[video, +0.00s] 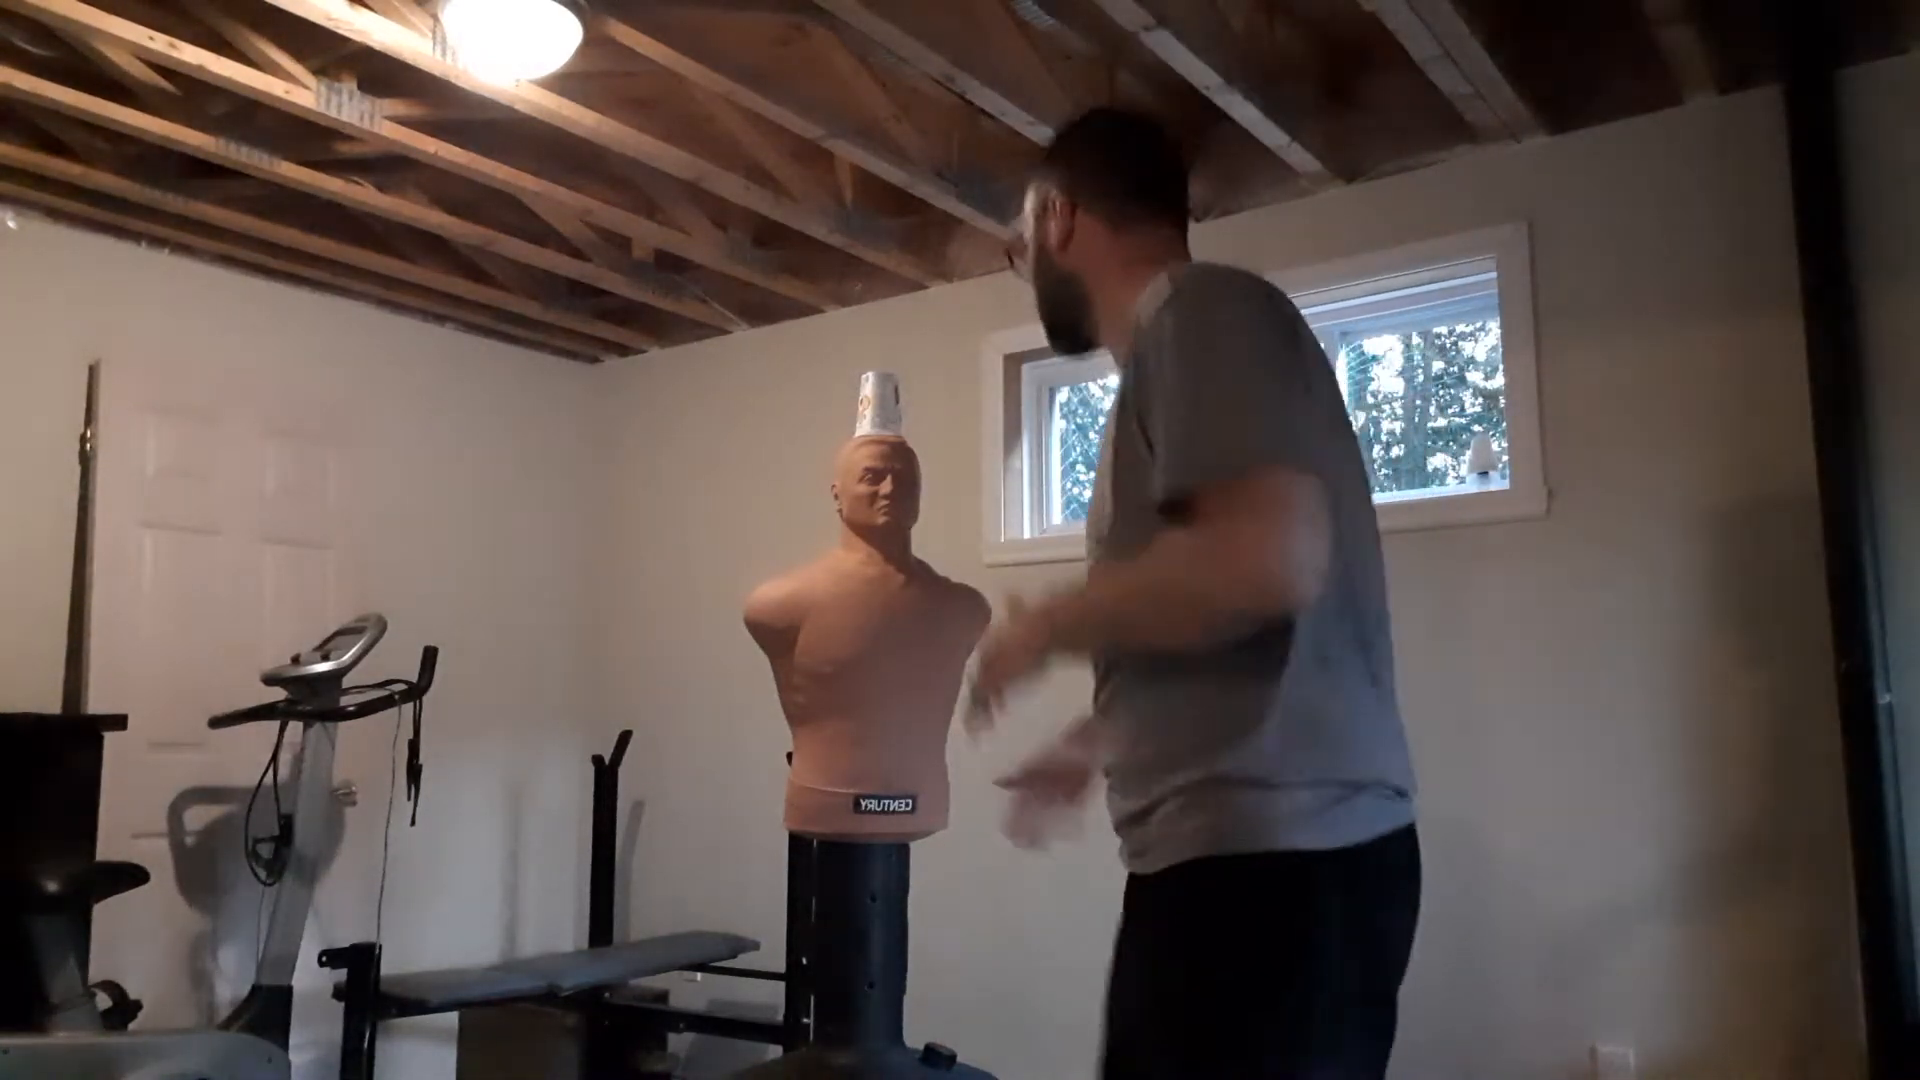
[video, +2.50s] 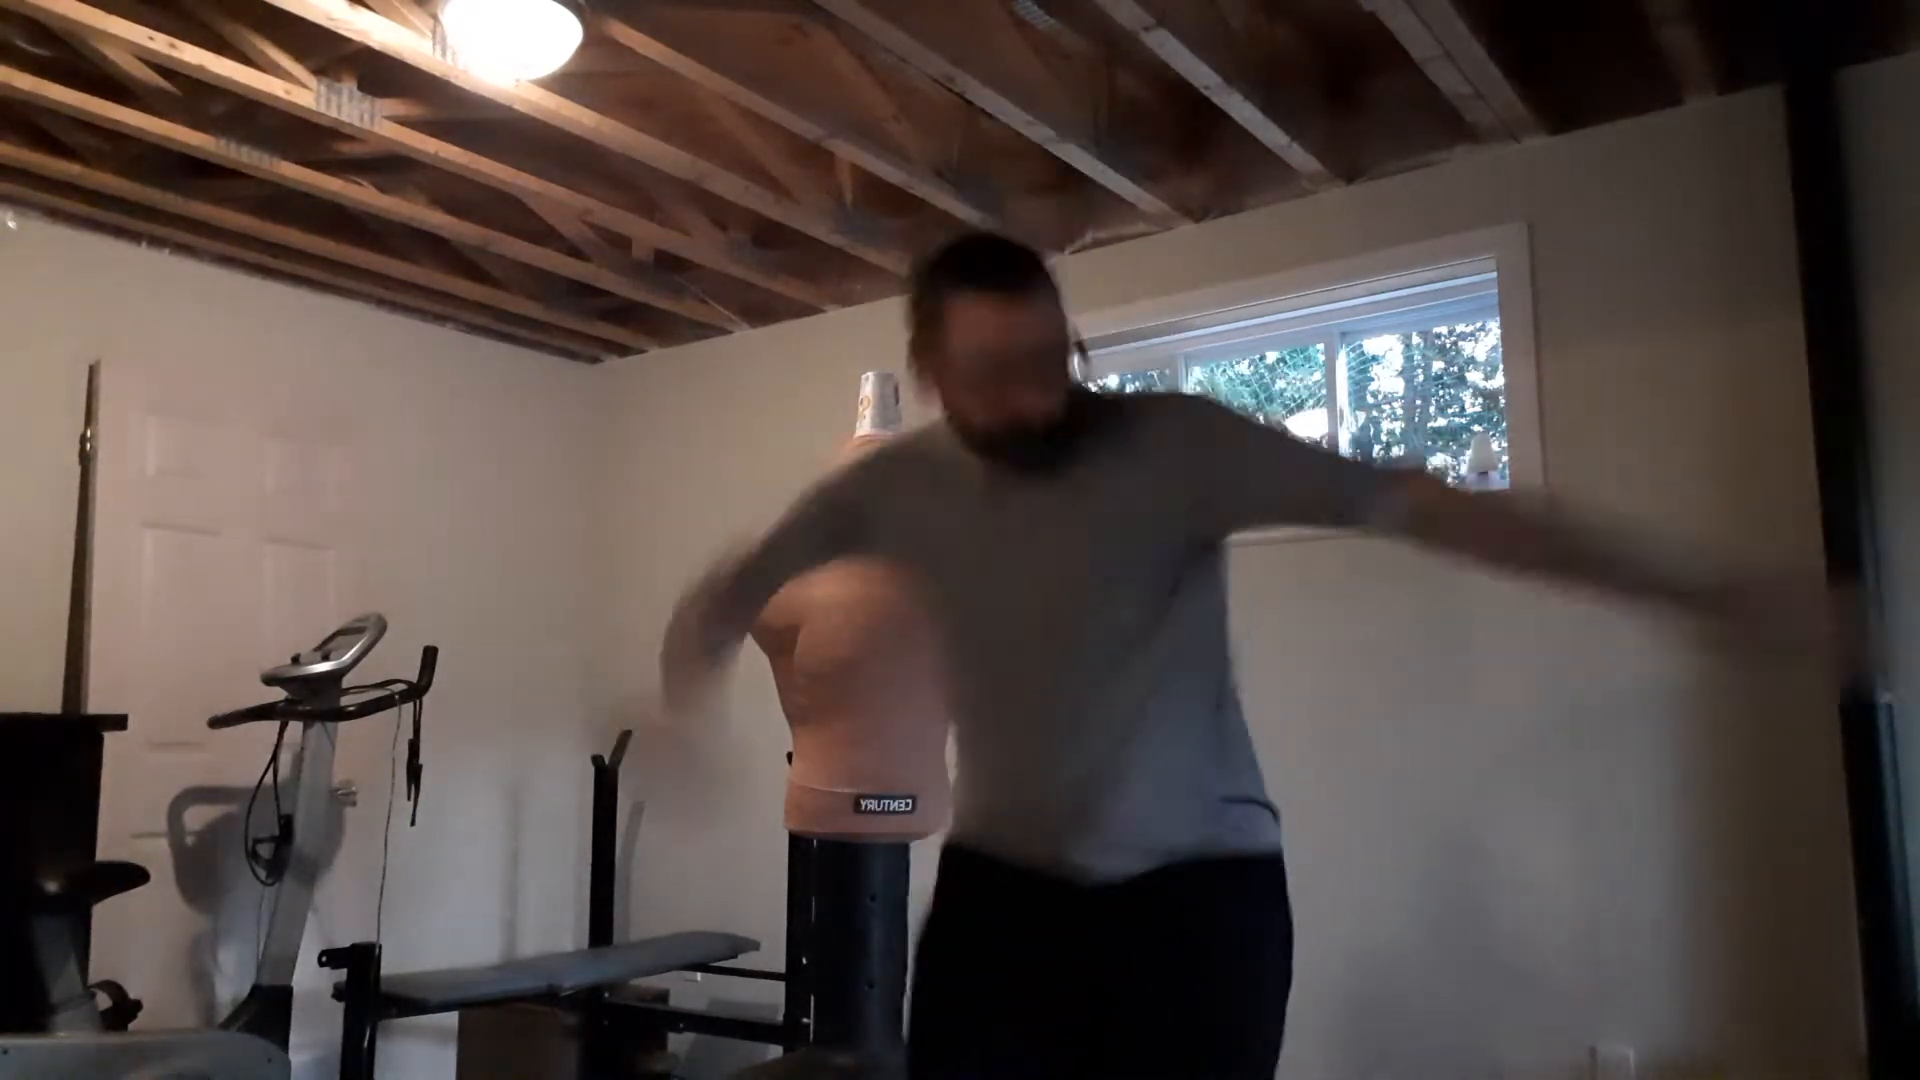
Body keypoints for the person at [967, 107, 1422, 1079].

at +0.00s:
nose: (1024, 266)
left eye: (1025, 235)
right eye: (1023, 242)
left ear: (1063, 218)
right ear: (1158, 210)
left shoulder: (1206, 309)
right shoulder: (1176, 353)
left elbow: (1271, 552)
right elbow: (1216, 632)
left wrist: (1046, 623)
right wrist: (1089, 744)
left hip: (1273, 863)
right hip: (1230, 860)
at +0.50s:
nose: (960, 319)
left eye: (960, 287)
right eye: (958, 293)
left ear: (993, 279)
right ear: (1087, 265)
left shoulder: (1142, 392)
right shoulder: (1103, 418)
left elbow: (1191, 669)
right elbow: (1134, 671)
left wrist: (986, 729)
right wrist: (1053, 822)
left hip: (1232, 893)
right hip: (1180, 888)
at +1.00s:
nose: (947, 329)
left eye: (946, 303)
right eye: (944, 307)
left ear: (980, 294)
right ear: (1074, 281)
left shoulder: (1149, 414)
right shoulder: (1090, 439)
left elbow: (1159, 686)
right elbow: (1101, 660)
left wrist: (943, 750)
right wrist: (1015, 767)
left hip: (1197, 892)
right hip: (1135, 884)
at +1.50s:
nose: (941, 340)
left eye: (939, 311)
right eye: (939, 315)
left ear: (968, 301)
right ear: (1065, 289)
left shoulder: (1106, 411)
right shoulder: (1107, 415)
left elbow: (1111, 685)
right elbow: (1114, 671)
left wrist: (928, 696)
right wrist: (940, 693)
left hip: (1196, 902)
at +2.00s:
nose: (958, 330)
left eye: (955, 306)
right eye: (952, 311)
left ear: (981, 298)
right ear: (1078, 285)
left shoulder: (1033, 406)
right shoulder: (1200, 421)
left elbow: (1010, 671)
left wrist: (895, 730)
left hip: (1142, 882)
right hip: (1256, 868)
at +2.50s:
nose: (1025, 393)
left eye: (1041, 359)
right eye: (991, 372)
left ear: (1067, 337)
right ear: (929, 370)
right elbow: (728, 591)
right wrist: (688, 667)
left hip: (1195, 894)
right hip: (1006, 897)